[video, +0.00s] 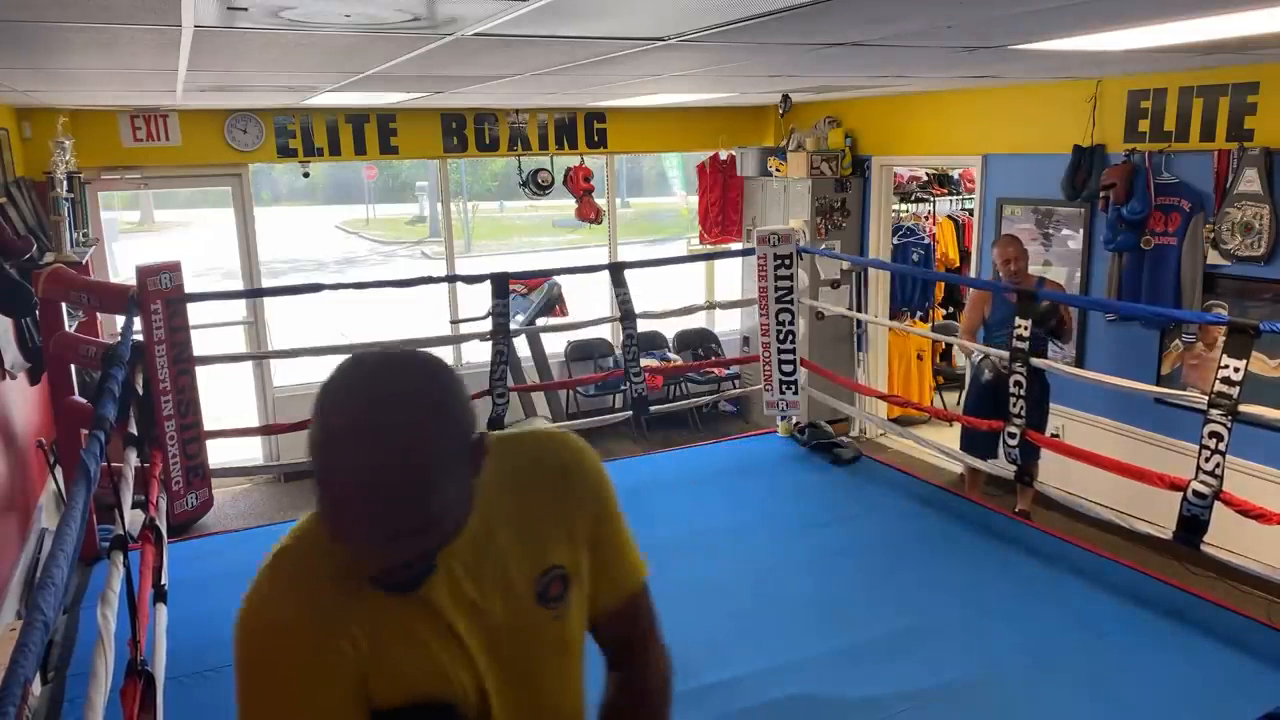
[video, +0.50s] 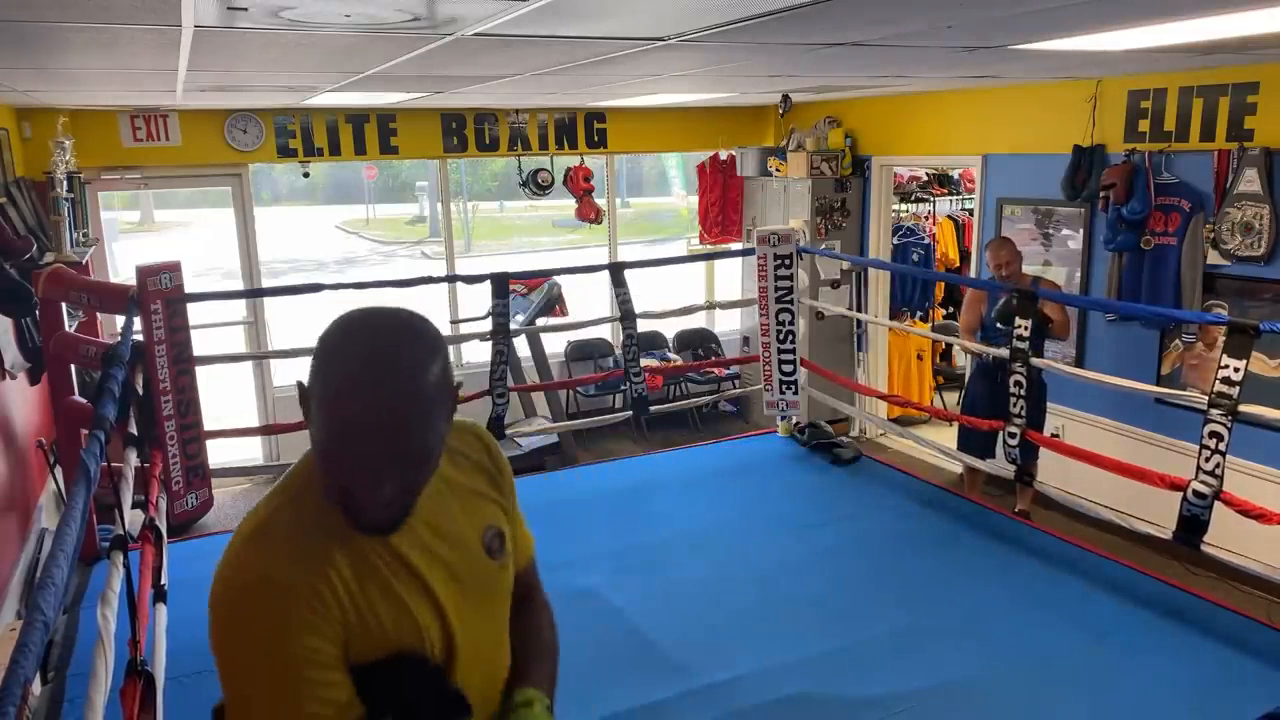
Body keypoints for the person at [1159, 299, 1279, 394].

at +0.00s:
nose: (1220, 327)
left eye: (1224, 323)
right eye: (1215, 322)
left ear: (1226, 327)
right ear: (1201, 325)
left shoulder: (1231, 349)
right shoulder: (1189, 348)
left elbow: (1270, 368)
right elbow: (1162, 369)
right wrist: (1179, 348)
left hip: (1218, 405)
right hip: (1189, 401)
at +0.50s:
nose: (1220, 327)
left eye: (1223, 323)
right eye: (1215, 322)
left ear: (1226, 327)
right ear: (1201, 325)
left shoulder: (1231, 349)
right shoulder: (1189, 348)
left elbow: (1270, 368)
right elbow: (1162, 369)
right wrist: (1181, 350)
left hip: (1218, 405)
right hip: (1189, 401)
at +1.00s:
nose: (1220, 327)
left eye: (1223, 323)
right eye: (1215, 322)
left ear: (1226, 327)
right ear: (1201, 325)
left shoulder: (1231, 349)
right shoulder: (1189, 348)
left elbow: (1270, 368)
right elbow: (1162, 369)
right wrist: (1182, 352)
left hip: (1219, 406)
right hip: (1189, 401)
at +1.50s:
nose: (1220, 327)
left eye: (1223, 322)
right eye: (1215, 322)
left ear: (1226, 327)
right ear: (1201, 325)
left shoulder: (1231, 349)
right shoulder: (1189, 349)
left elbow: (1270, 368)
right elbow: (1162, 369)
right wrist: (1180, 351)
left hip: (1219, 405)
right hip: (1189, 400)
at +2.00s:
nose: (1220, 327)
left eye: (1223, 323)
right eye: (1215, 322)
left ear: (1226, 327)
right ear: (1201, 325)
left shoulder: (1231, 349)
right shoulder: (1189, 349)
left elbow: (1270, 368)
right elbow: (1162, 369)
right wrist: (1180, 351)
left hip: (1218, 405)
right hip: (1189, 400)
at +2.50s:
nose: (1220, 327)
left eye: (1223, 323)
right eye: (1215, 322)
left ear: (1226, 327)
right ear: (1201, 325)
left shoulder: (1231, 349)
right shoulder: (1189, 349)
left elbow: (1270, 368)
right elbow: (1162, 369)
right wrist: (1179, 351)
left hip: (1218, 405)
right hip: (1189, 400)